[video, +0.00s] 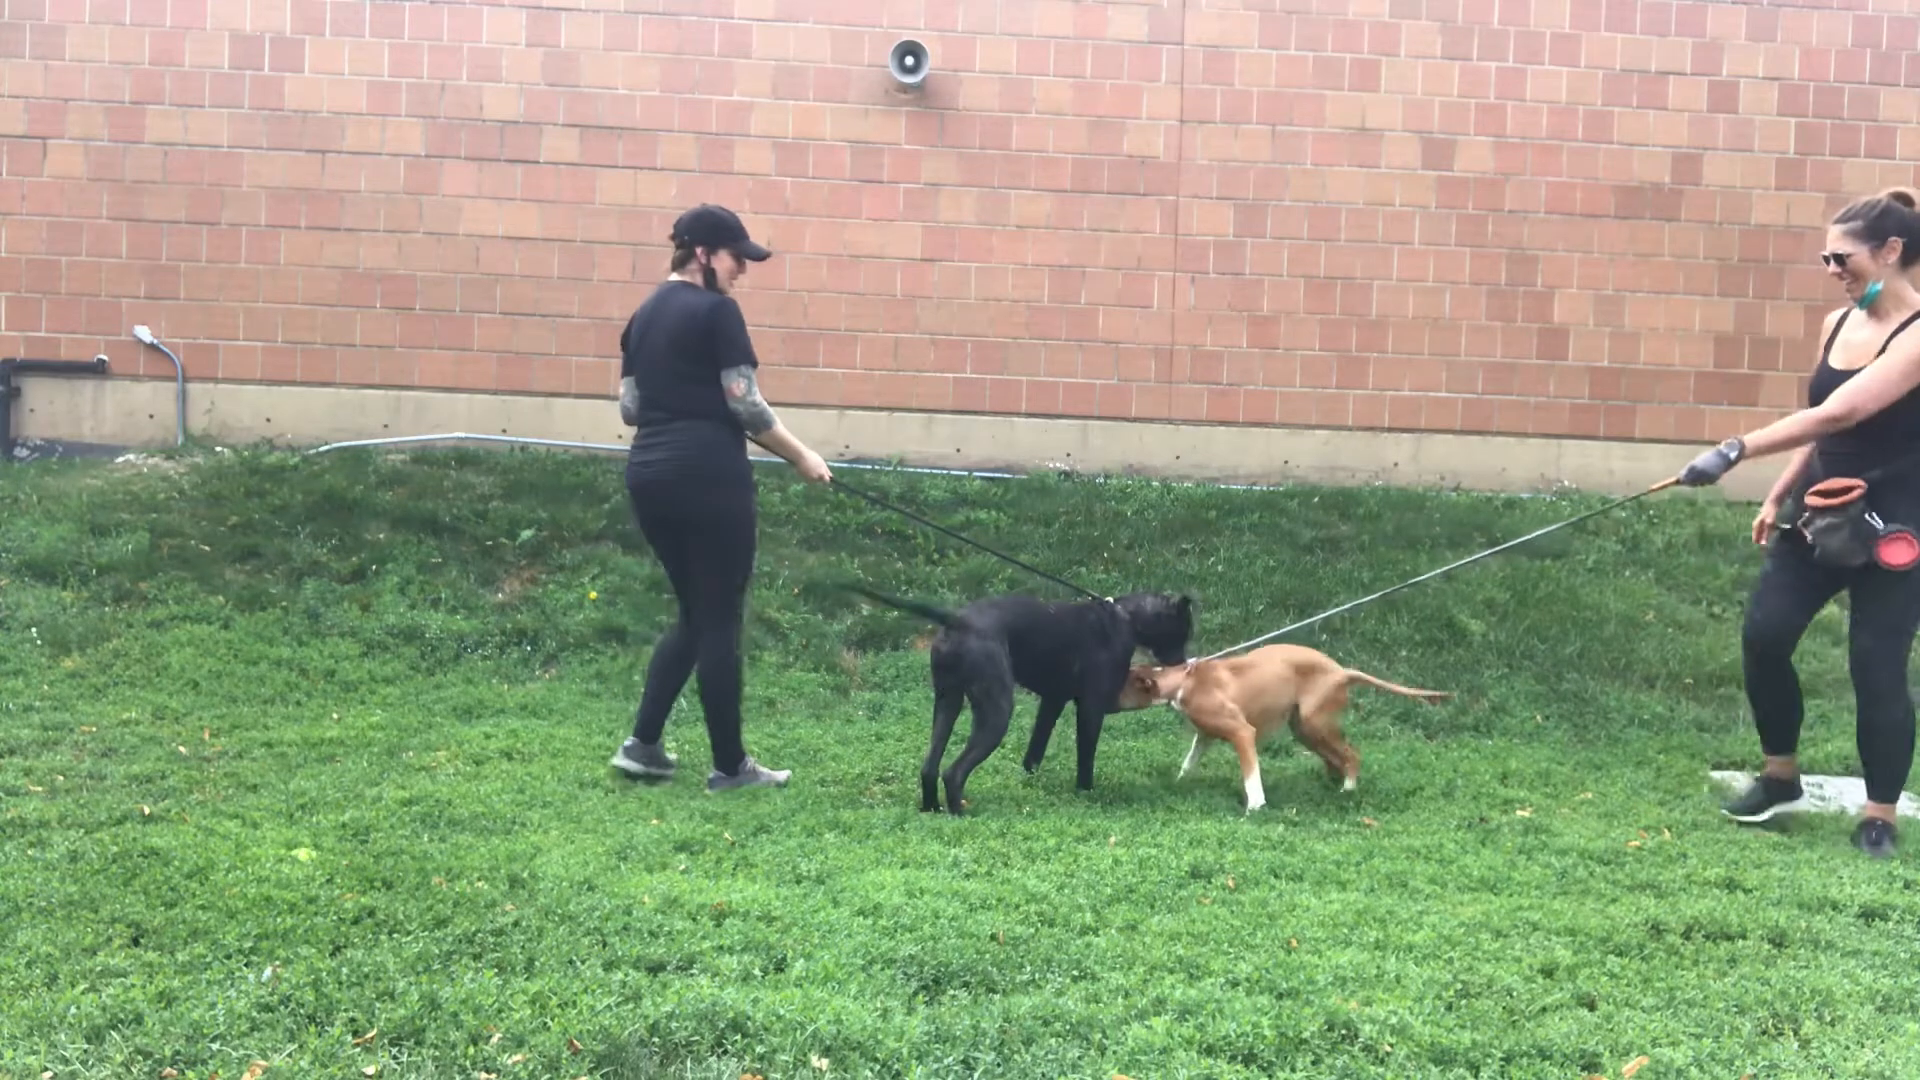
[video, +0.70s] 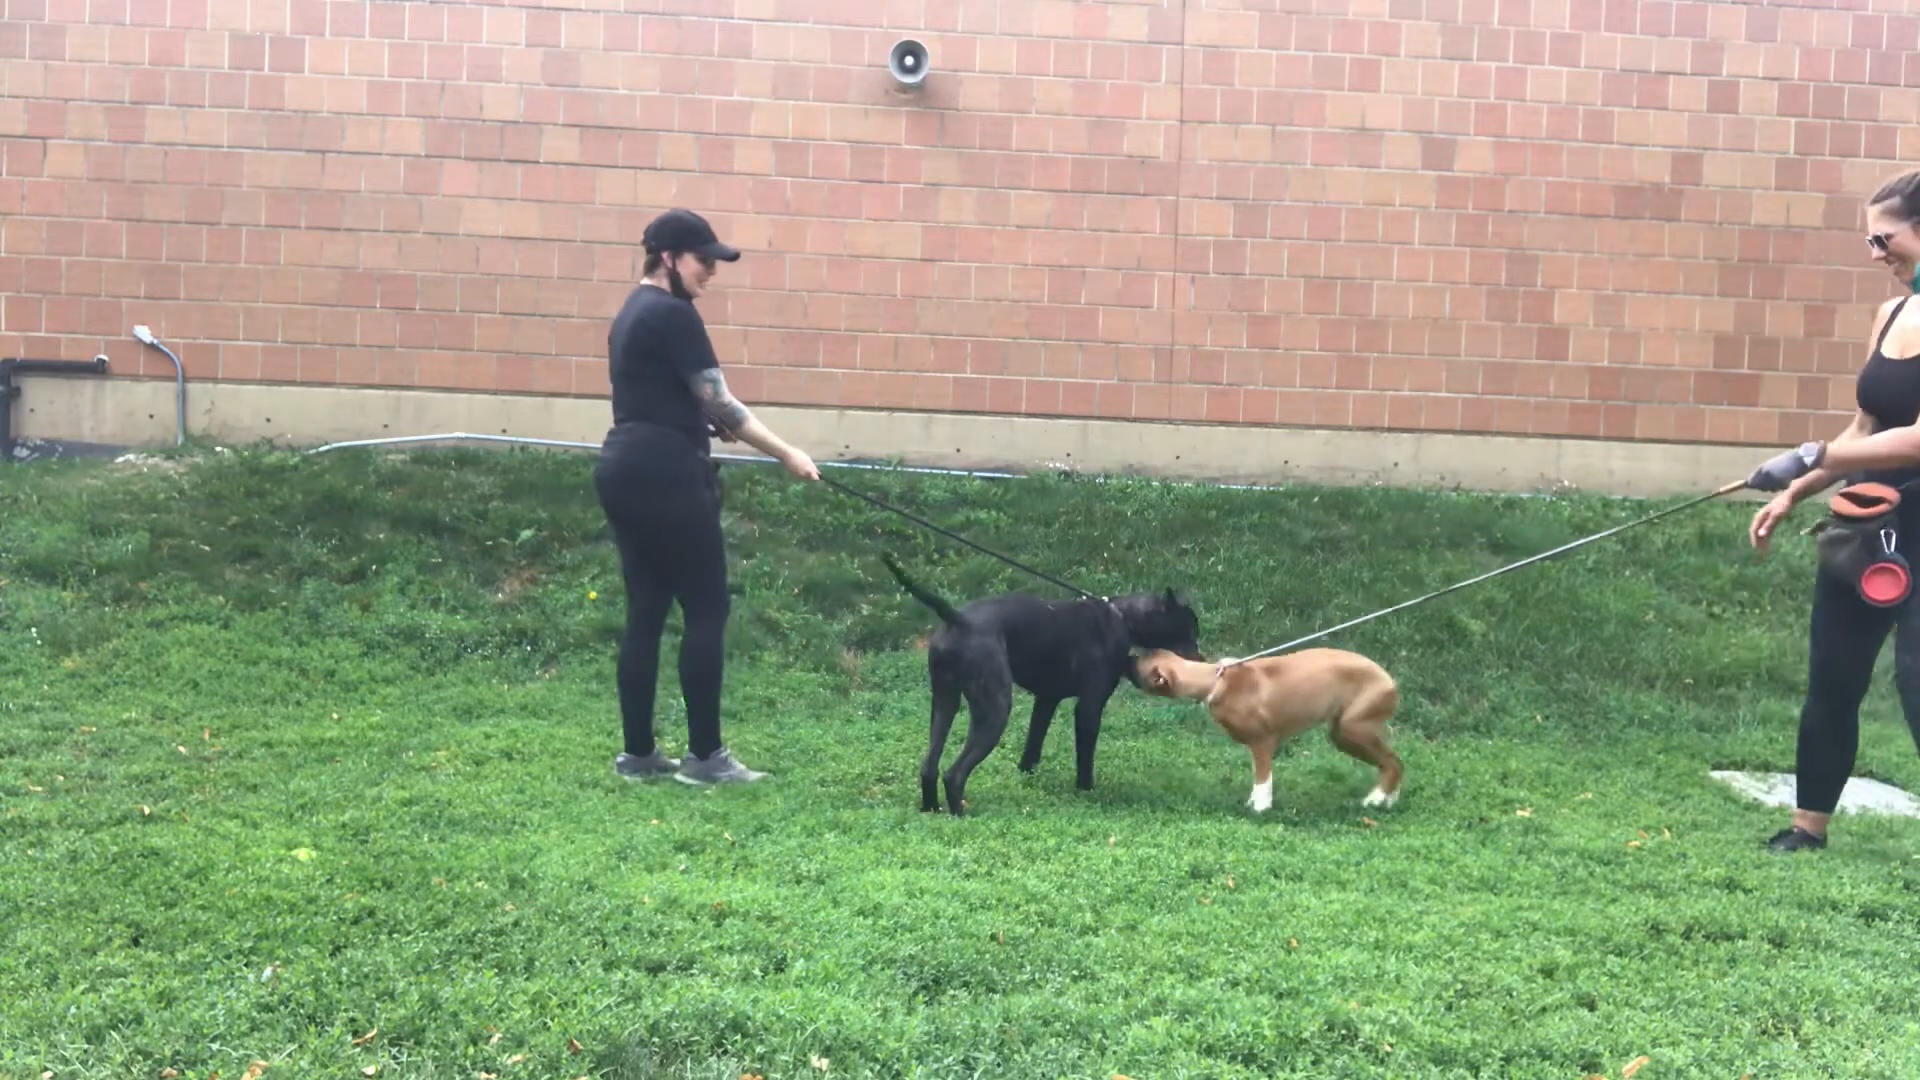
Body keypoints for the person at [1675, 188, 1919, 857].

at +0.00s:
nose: (1832, 271)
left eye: (1842, 259)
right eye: (1828, 259)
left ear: (1890, 251)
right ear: (1875, 256)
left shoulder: (1918, 334)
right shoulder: (1841, 321)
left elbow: (1843, 413)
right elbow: (1825, 419)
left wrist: (1733, 449)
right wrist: (1777, 493)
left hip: (1895, 521)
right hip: (1822, 511)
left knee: (1878, 663)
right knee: (1764, 634)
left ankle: (1879, 817)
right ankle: (1780, 777)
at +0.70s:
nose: (1876, 253)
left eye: (1885, 240)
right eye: (1871, 241)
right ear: (1879, 239)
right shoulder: (1890, 314)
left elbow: (1918, 439)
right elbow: (1863, 428)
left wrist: (1832, 459)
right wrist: (1793, 493)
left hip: (1913, 527)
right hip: (1861, 518)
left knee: (1913, 686)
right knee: (1833, 679)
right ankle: (1809, 827)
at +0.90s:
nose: (1903, 237)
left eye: (1910, 223)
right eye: (1899, 225)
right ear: (1897, 222)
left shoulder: (1919, 337)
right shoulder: (1916, 332)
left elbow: (1919, 435)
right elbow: (1912, 435)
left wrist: (1853, 456)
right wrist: (1858, 502)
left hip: (1912, 528)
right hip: (1904, 523)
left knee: (1858, 671)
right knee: (1859, 671)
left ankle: (1828, 827)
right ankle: (1828, 826)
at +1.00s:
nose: (1910, 235)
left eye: (1914, 222)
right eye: (1908, 223)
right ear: (1905, 217)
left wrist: (1864, 459)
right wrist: (1904, 497)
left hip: (1917, 532)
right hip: (1912, 529)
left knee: (1863, 664)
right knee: (1863, 664)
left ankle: (1876, 831)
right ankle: (1876, 830)